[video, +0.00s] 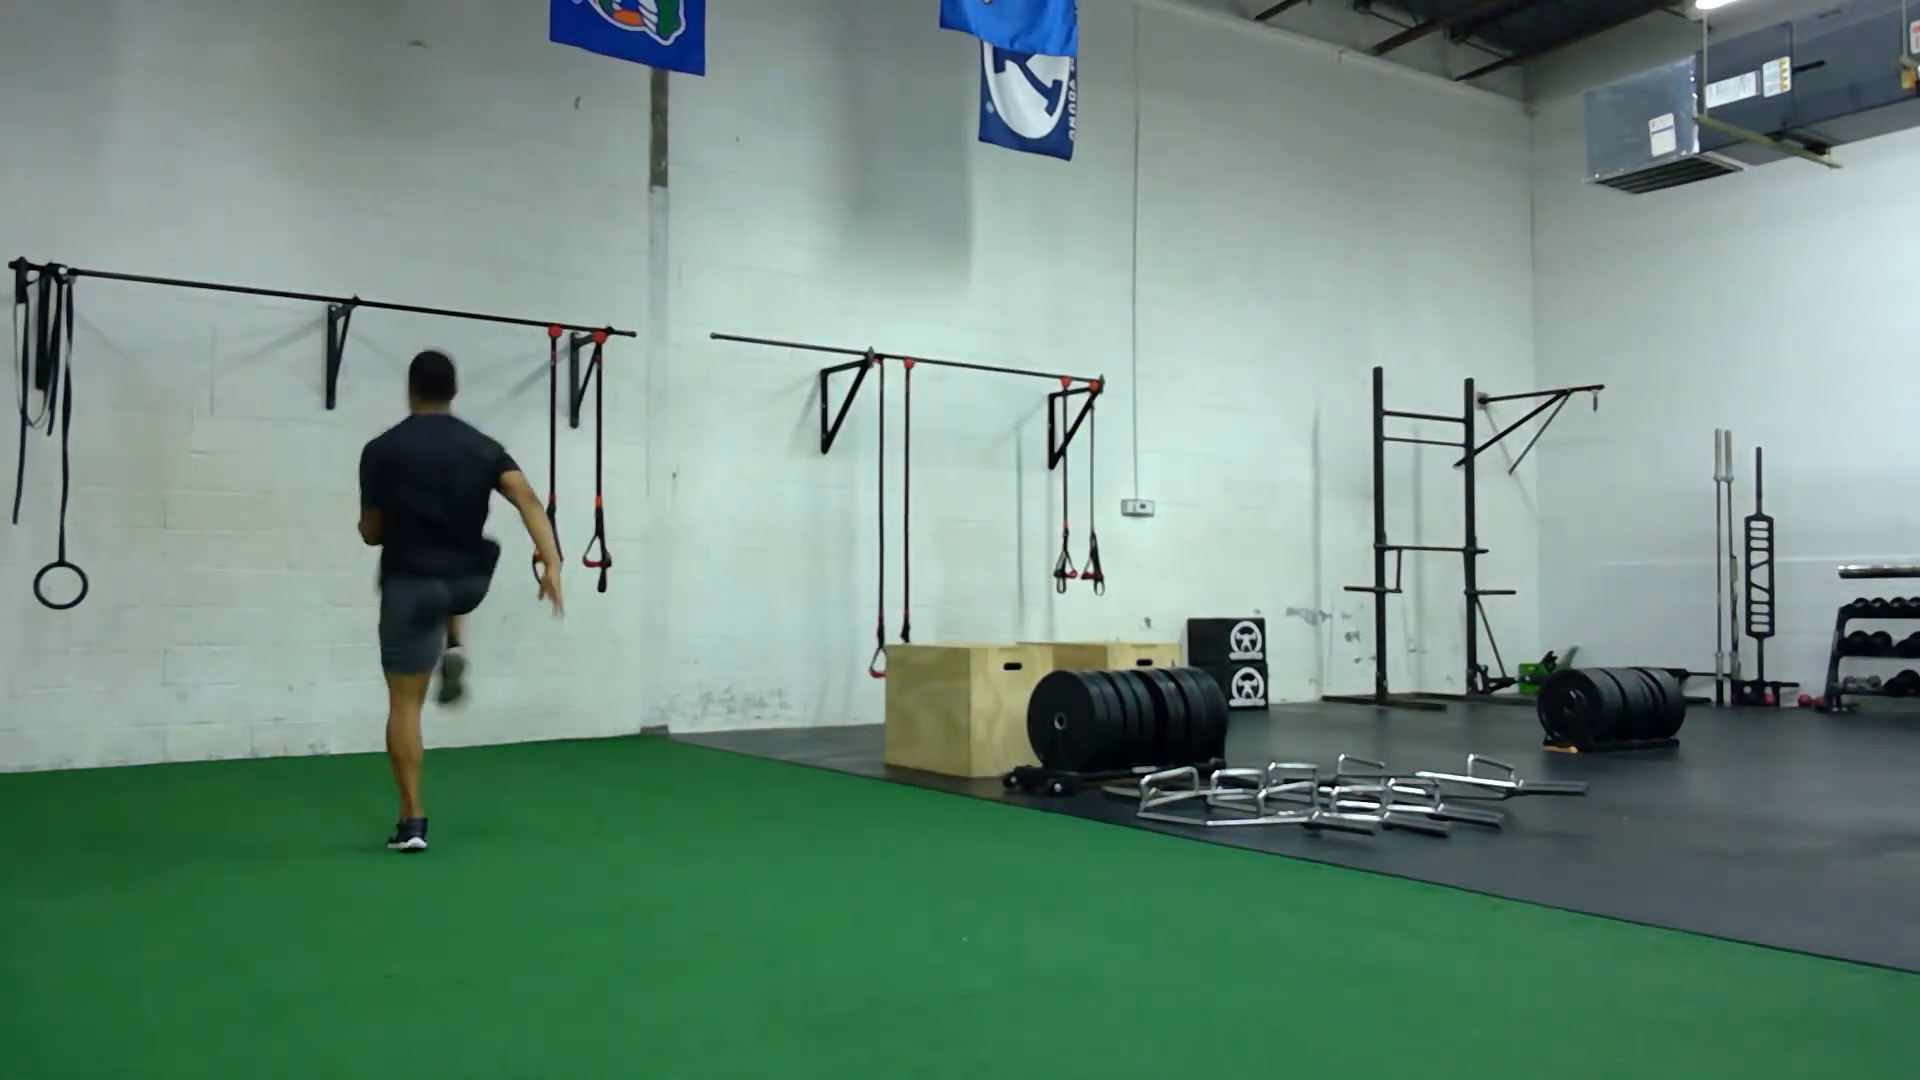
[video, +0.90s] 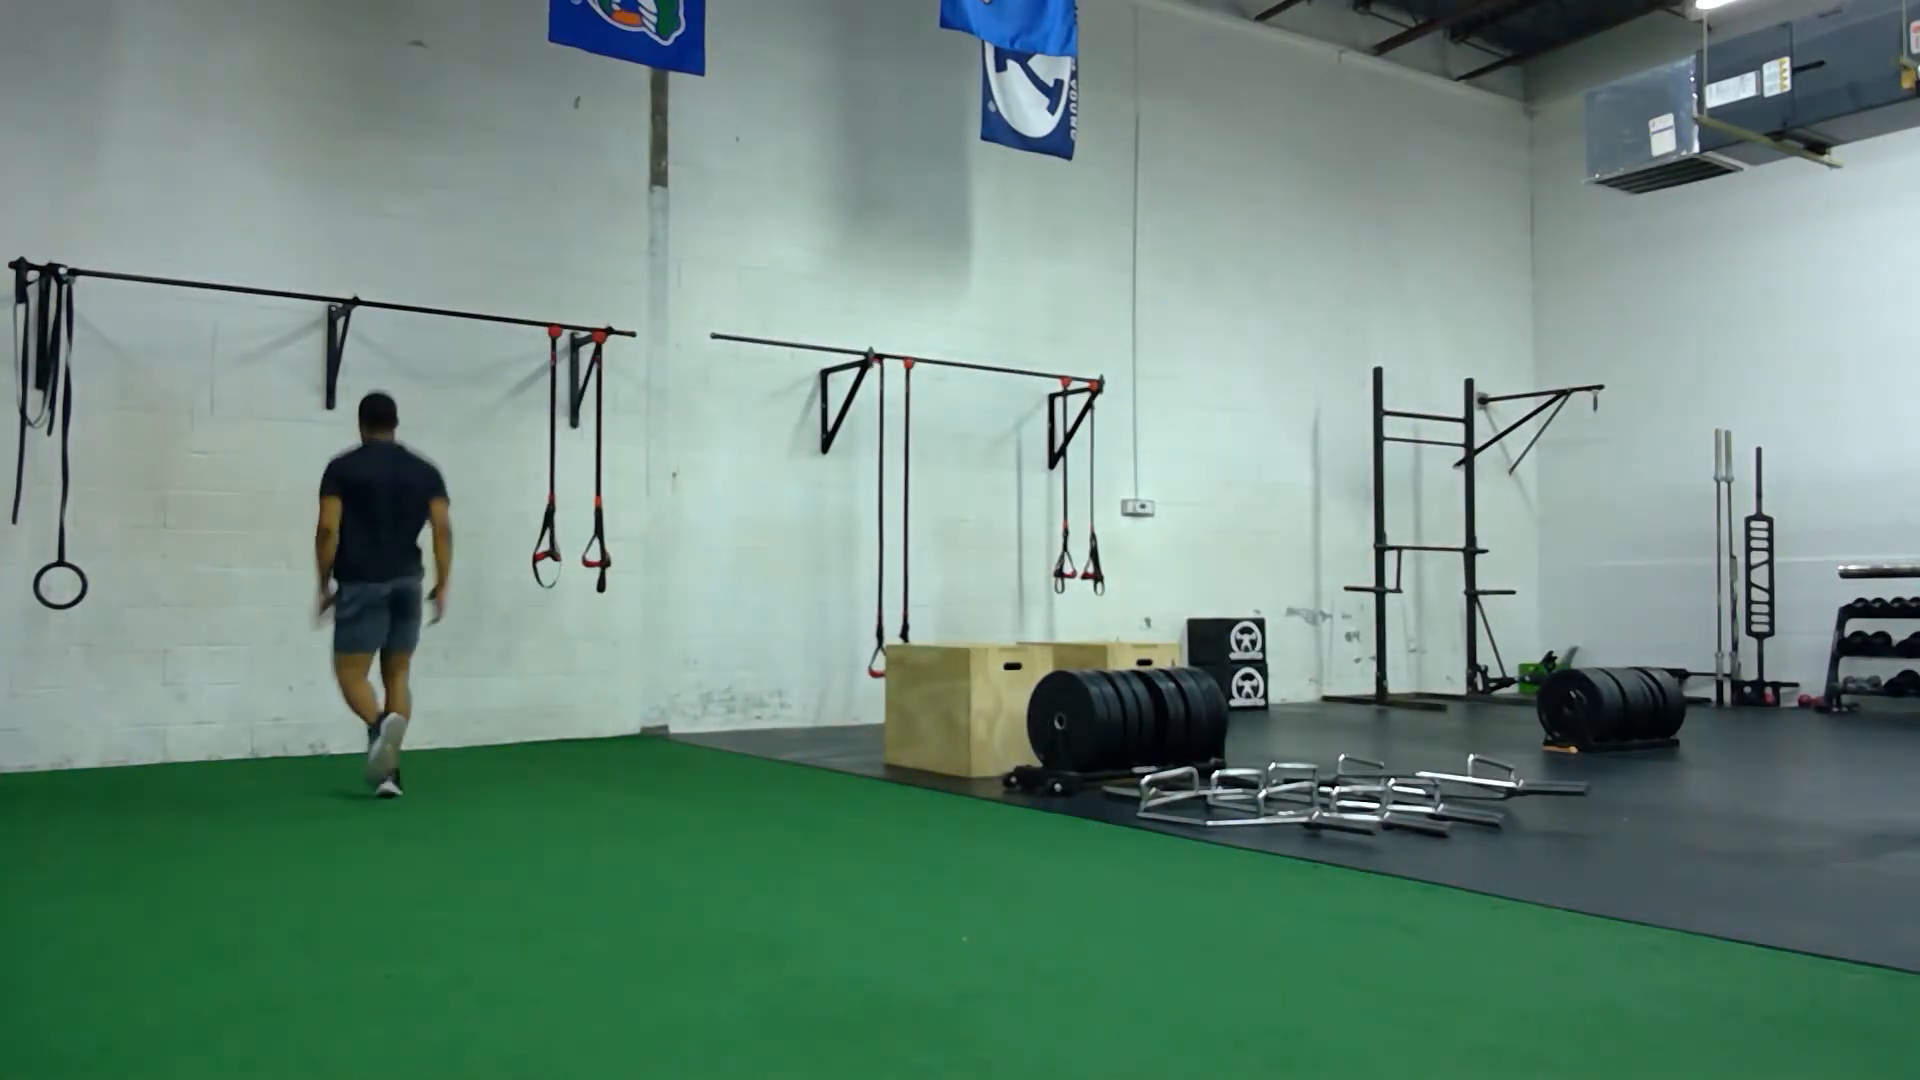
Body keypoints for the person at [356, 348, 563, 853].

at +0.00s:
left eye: (415, 387)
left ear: (409, 390)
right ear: (453, 392)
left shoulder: (381, 451)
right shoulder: (479, 445)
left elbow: (371, 532)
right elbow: (524, 497)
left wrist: (413, 515)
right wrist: (551, 559)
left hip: (410, 590)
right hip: (469, 581)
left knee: (405, 702)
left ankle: (412, 820)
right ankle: (455, 653)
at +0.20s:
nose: (400, 372)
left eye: (392, 364)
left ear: (388, 367)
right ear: (430, 367)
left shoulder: (362, 424)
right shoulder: (460, 417)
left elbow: (352, 495)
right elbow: (499, 467)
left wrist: (386, 464)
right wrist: (525, 531)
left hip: (399, 561)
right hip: (458, 553)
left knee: (396, 662)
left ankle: (398, 774)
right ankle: (413, 642)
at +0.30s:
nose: (397, 394)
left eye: (386, 387)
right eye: (407, 385)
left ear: (380, 390)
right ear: (421, 389)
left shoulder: (356, 446)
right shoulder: (449, 440)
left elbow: (347, 516)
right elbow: (490, 492)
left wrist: (379, 486)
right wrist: (511, 556)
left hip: (389, 577)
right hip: (447, 570)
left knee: (389, 684)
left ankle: (398, 791)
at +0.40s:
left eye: (379, 396)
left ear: (374, 401)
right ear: (414, 400)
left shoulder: (351, 457)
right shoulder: (442, 451)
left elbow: (343, 527)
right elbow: (478, 507)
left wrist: (377, 500)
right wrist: (491, 572)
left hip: (383, 581)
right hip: (439, 575)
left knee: (389, 686)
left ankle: (400, 791)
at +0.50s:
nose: (383, 402)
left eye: (374, 394)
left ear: (369, 398)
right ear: (409, 398)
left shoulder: (346, 448)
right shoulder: (438, 442)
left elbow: (338, 520)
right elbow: (468, 492)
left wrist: (366, 489)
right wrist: (477, 559)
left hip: (382, 570)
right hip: (435, 563)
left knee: (379, 670)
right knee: (406, 603)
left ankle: (400, 759)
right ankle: (393, 655)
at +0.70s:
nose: (382, 425)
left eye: (372, 417)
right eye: (390, 418)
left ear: (362, 420)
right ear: (399, 420)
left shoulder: (340, 469)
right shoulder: (420, 458)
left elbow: (334, 530)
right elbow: (461, 486)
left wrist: (373, 534)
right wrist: (498, 522)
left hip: (372, 586)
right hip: (423, 577)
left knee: (381, 684)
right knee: (397, 611)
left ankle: (400, 776)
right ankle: (374, 678)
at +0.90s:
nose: (374, 428)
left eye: (368, 421)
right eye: (384, 422)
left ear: (360, 424)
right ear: (396, 424)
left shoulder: (342, 468)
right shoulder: (424, 470)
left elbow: (328, 528)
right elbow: (442, 526)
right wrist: (443, 580)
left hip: (360, 586)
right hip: (407, 584)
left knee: (352, 673)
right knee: (398, 673)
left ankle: (377, 723)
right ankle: (390, 773)